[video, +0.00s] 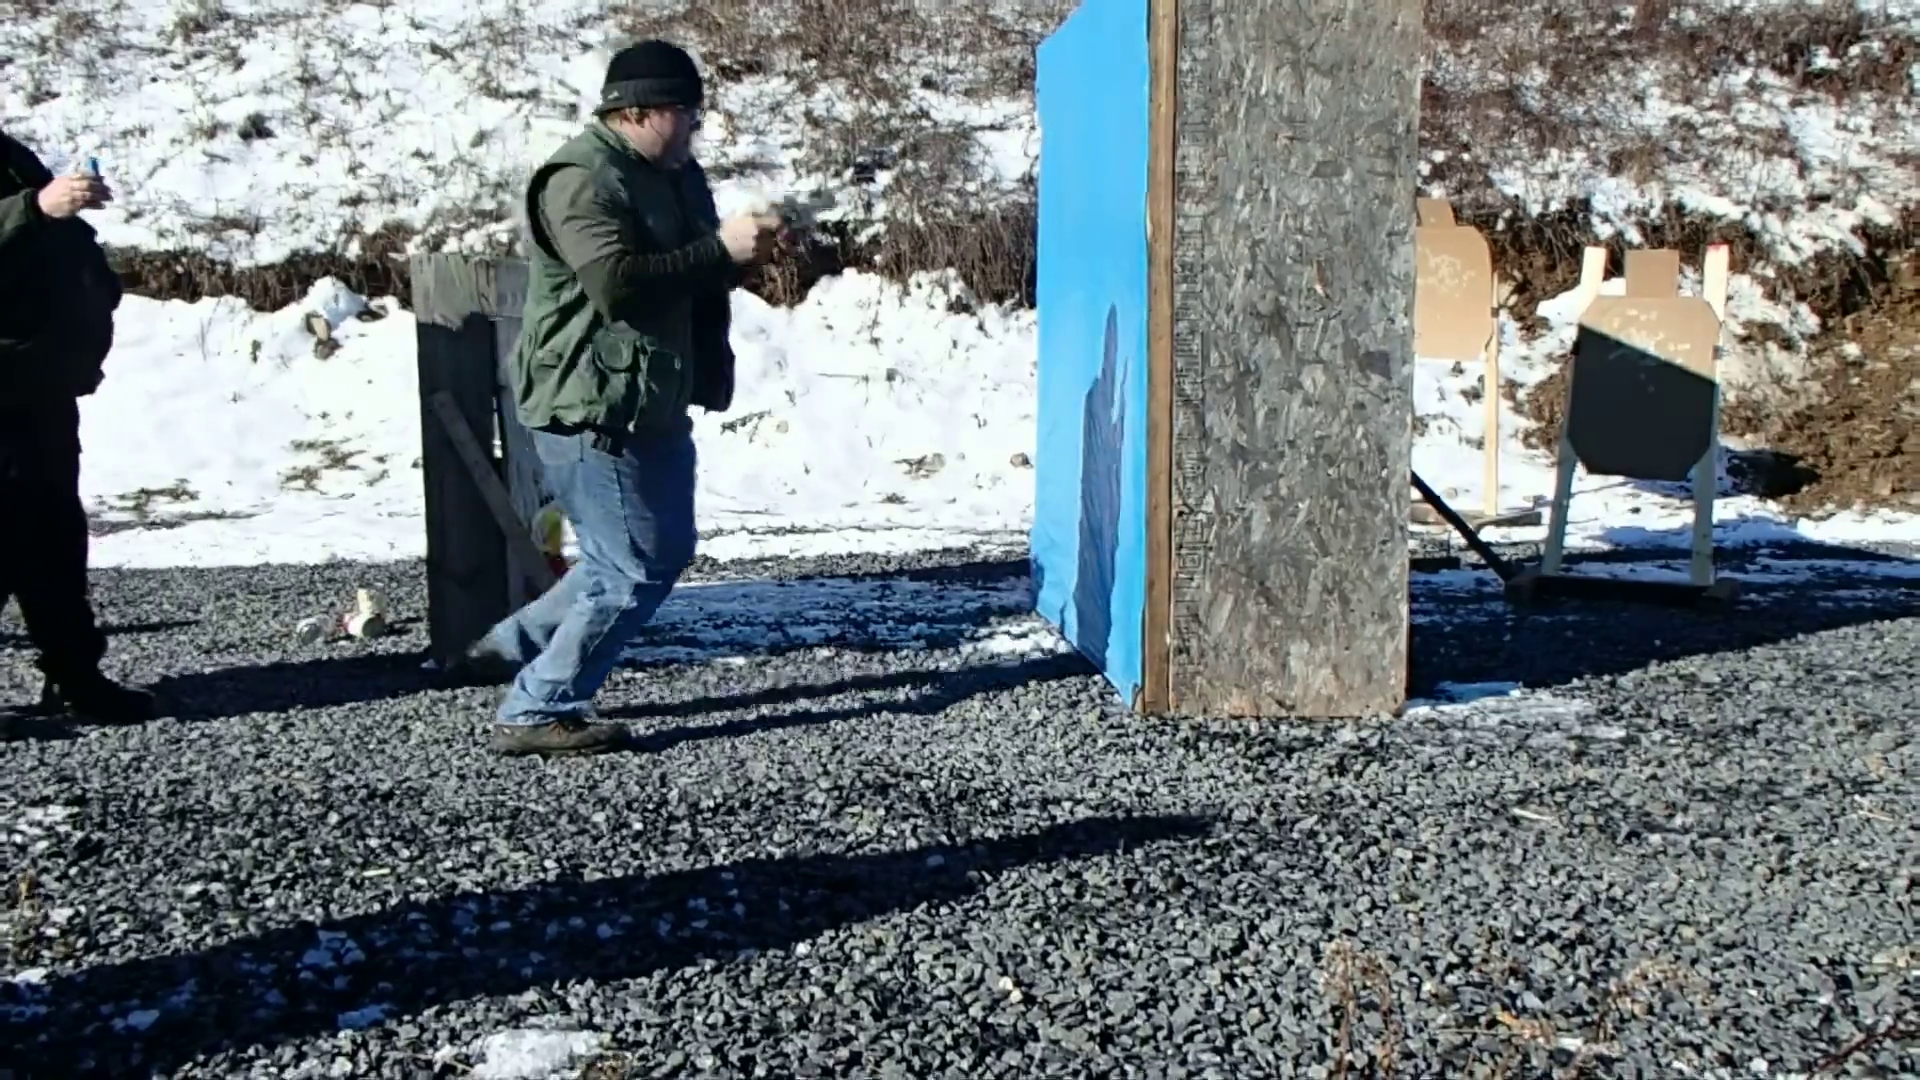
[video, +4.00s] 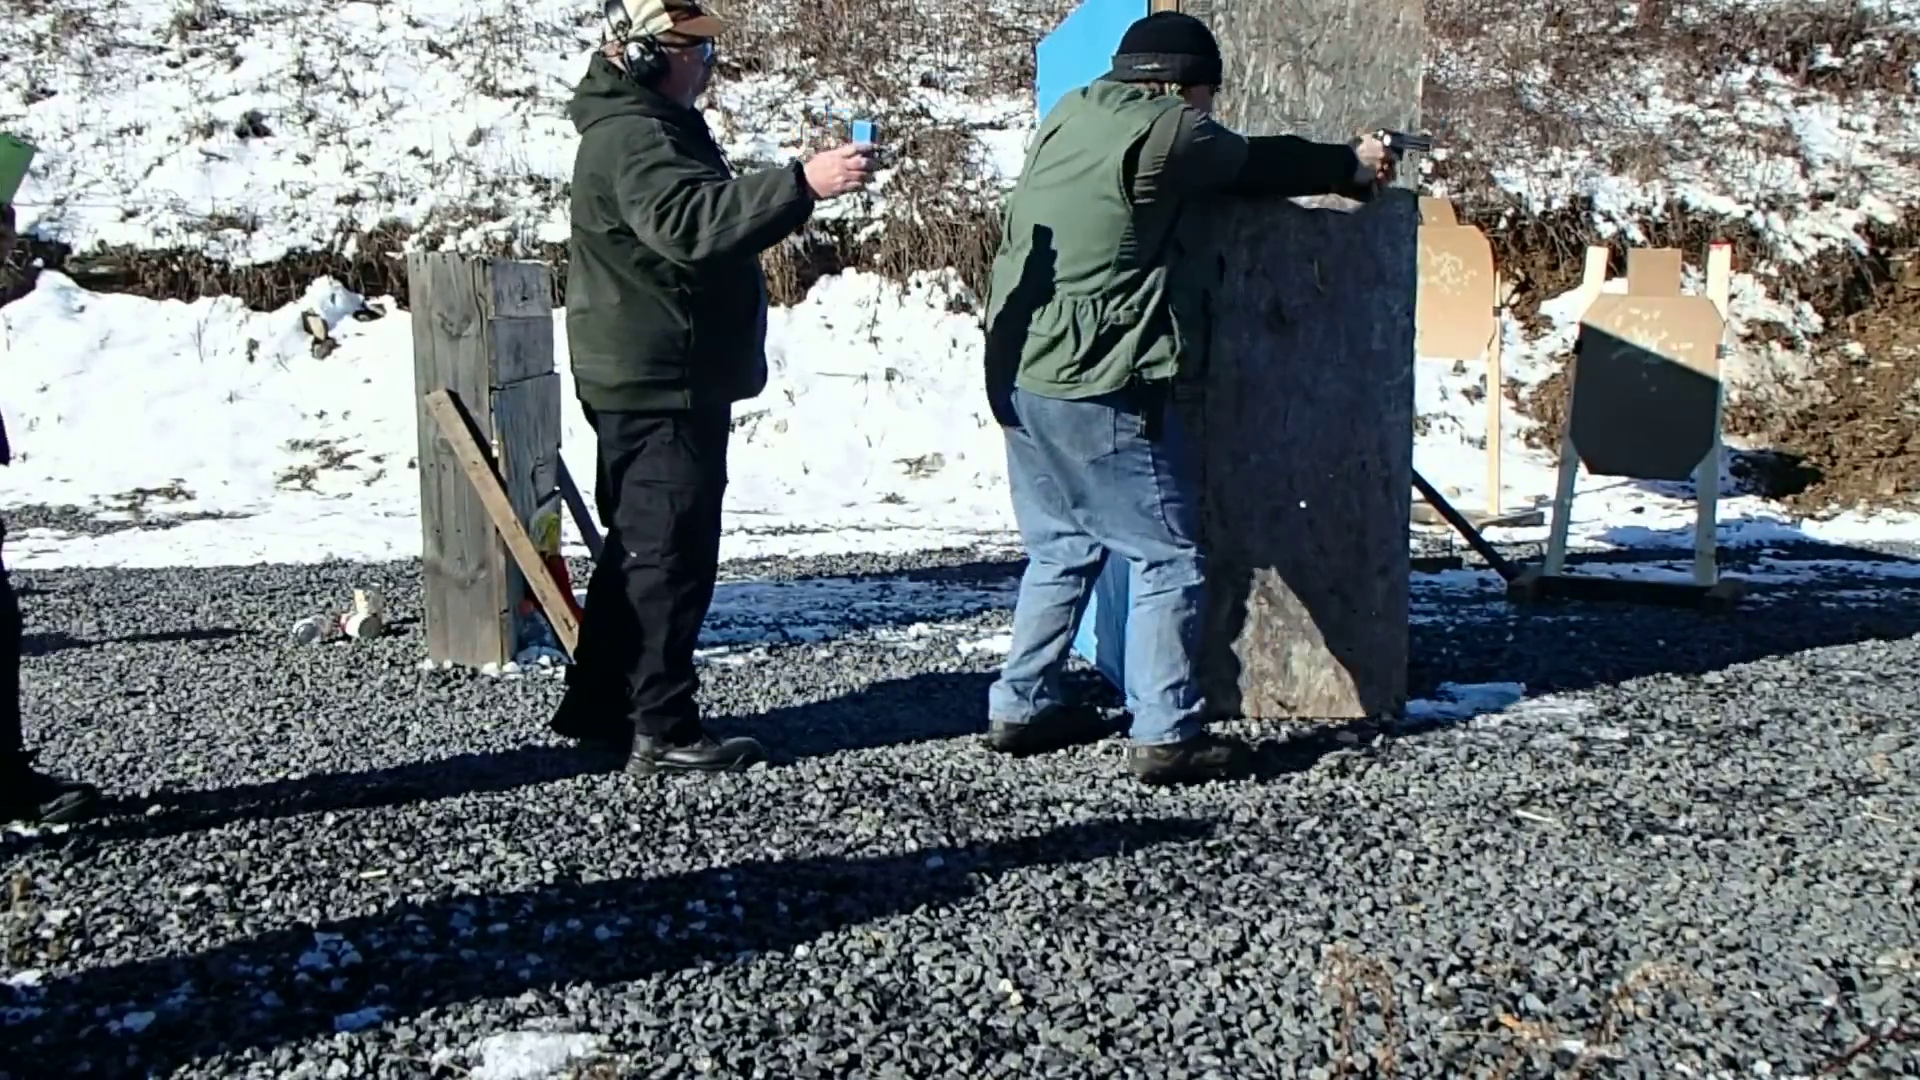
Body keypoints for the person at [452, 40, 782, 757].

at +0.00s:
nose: (697, 127)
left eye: (696, 113)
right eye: (689, 113)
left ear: (649, 111)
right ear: (648, 112)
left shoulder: (678, 177)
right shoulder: (580, 179)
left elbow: (699, 267)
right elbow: (615, 284)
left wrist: (766, 256)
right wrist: (720, 250)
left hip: (654, 402)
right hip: (584, 404)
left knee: (666, 550)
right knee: (628, 564)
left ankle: (517, 640)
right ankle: (539, 710)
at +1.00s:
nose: (1073, 134)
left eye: (1079, 121)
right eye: (1069, 117)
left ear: (1031, 98)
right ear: (1026, 94)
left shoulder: (1025, 153)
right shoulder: (973, 141)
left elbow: (1057, 263)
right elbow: (935, 255)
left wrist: (1071, 323)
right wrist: (1040, 308)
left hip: (966, 371)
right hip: (964, 375)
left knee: (988, 531)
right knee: (1055, 534)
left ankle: (909, 682)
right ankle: (1008, 714)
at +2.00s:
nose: (1139, 108)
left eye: (1145, 95)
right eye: (1140, 90)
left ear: (1082, 58)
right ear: (1110, 67)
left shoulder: (1035, 98)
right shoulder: (1061, 96)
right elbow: (1046, 208)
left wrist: (1138, 298)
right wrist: (1136, 280)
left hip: (1018, 353)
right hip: (1039, 357)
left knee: (1057, 534)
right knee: (1095, 538)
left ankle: (1025, 701)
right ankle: (1011, 710)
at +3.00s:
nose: (1204, 107)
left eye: (1204, 94)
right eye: (1202, 94)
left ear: (1123, 71)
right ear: (1178, 84)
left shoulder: (1070, 115)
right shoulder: (1158, 134)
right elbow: (1255, 166)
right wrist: (1348, 164)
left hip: (1011, 368)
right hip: (1086, 382)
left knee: (1062, 545)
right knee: (1155, 558)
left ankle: (1022, 707)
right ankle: (1167, 733)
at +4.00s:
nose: (1210, 108)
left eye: (1209, 94)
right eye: (1208, 94)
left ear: (1130, 71)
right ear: (1187, 85)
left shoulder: (1068, 116)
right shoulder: (1167, 131)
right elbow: (1262, 164)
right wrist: (1352, 164)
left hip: (1023, 373)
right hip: (1097, 383)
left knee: (1061, 547)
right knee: (1167, 557)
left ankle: (1021, 708)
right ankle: (1166, 734)